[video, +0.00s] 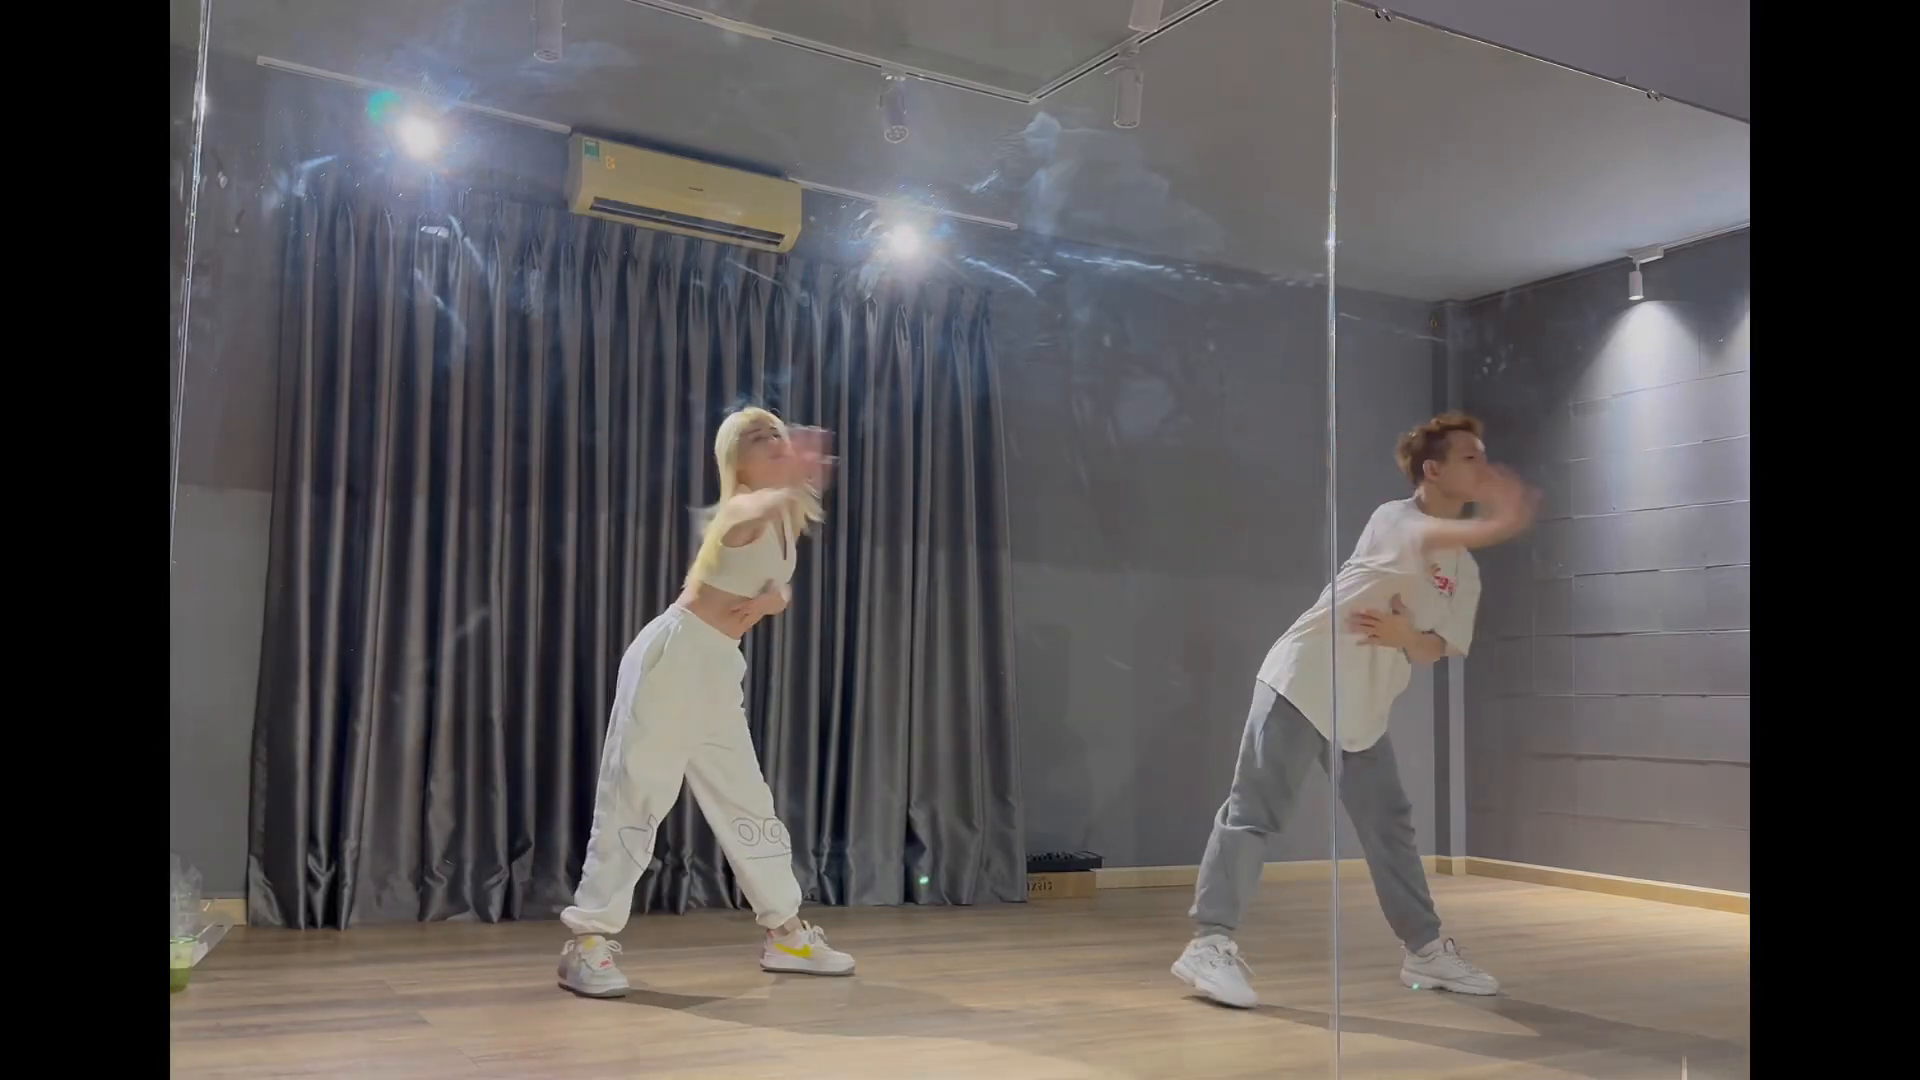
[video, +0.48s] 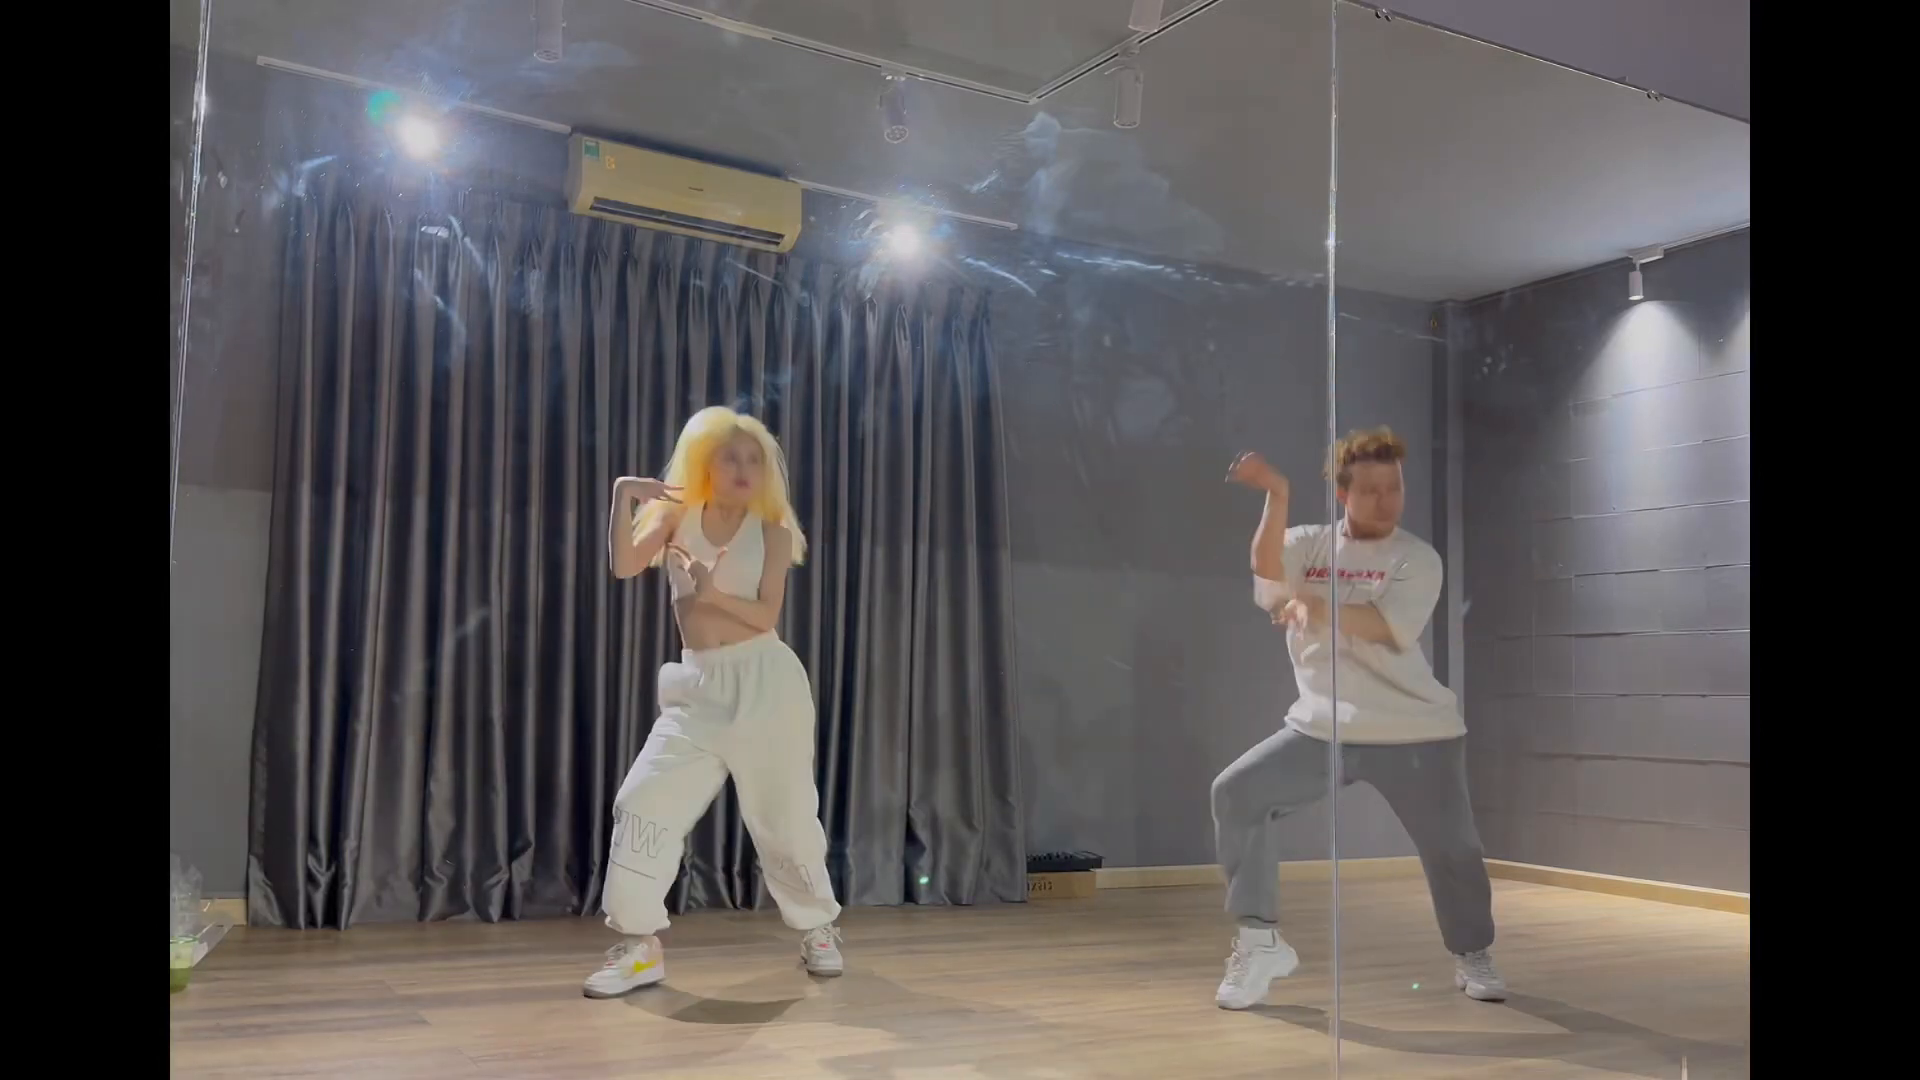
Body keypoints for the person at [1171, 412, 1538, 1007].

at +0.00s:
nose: (1485, 467)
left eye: (1483, 457)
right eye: (1471, 457)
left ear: (1462, 473)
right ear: (1431, 469)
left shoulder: (1467, 568)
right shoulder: (1394, 519)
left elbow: (1443, 648)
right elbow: (1433, 534)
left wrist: (1406, 635)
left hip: (1360, 701)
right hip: (1305, 675)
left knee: (1389, 824)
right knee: (1254, 811)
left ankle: (1426, 951)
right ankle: (1208, 945)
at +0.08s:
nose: (1476, 464)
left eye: (1478, 455)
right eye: (1462, 454)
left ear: (1472, 467)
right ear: (1420, 461)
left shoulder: (1468, 557)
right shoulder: (1376, 513)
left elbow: (1455, 636)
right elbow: (1330, 518)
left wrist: (1397, 634)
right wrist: (1315, 500)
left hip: (1371, 705)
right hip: (1308, 682)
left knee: (1389, 825)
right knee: (1260, 813)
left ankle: (1426, 950)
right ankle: (1221, 951)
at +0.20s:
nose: (1424, 458)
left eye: (1429, 448)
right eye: (1409, 448)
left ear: (1432, 454)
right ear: (1370, 453)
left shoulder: (1447, 529)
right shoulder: (1323, 512)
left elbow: (1478, 609)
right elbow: (1235, 504)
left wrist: (1408, 629)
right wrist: (1176, 531)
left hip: (1391, 700)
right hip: (1314, 689)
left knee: (1411, 815)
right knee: (1280, 812)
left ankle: (1433, 947)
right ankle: (1237, 949)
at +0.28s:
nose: (1392, 461)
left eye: (1398, 450)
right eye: (1376, 451)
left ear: (1404, 456)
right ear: (1341, 458)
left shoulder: (1428, 523)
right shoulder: (1299, 510)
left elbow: (1505, 583)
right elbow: (1217, 472)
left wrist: (1431, 579)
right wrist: (1219, 535)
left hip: (1397, 708)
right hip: (1311, 702)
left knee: (1433, 824)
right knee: (1285, 816)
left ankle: (1453, 947)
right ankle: (1239, 949)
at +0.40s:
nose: (1386, 474)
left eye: (1392, 462)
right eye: (1371, 463)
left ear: (1401, 465)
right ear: (1337, 469)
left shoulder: (1419, 534)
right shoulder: (1296, 521)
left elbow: (1437, 616)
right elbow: (1223, 530)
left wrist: (1379, 584)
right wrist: (1283, 484)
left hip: (1402, 708)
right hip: (1312, 703)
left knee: (1444, 825)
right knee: (1261, 798)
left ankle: (1472, 952)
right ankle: (1257, 949)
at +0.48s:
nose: (1385, 501)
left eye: (1393, 487)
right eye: (1370, 489)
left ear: (1404, 489)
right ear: (1342, 492)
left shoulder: (1420, 560)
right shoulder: (1310, 545)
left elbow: (1390, 627)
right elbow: (1267, 571)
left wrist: (1309, 607)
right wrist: (1277, 494)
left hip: (1416, 734)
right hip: (1324, 729)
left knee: (1455, 847)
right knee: (1235, 792)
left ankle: (1475, 957)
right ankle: (1260, 942)